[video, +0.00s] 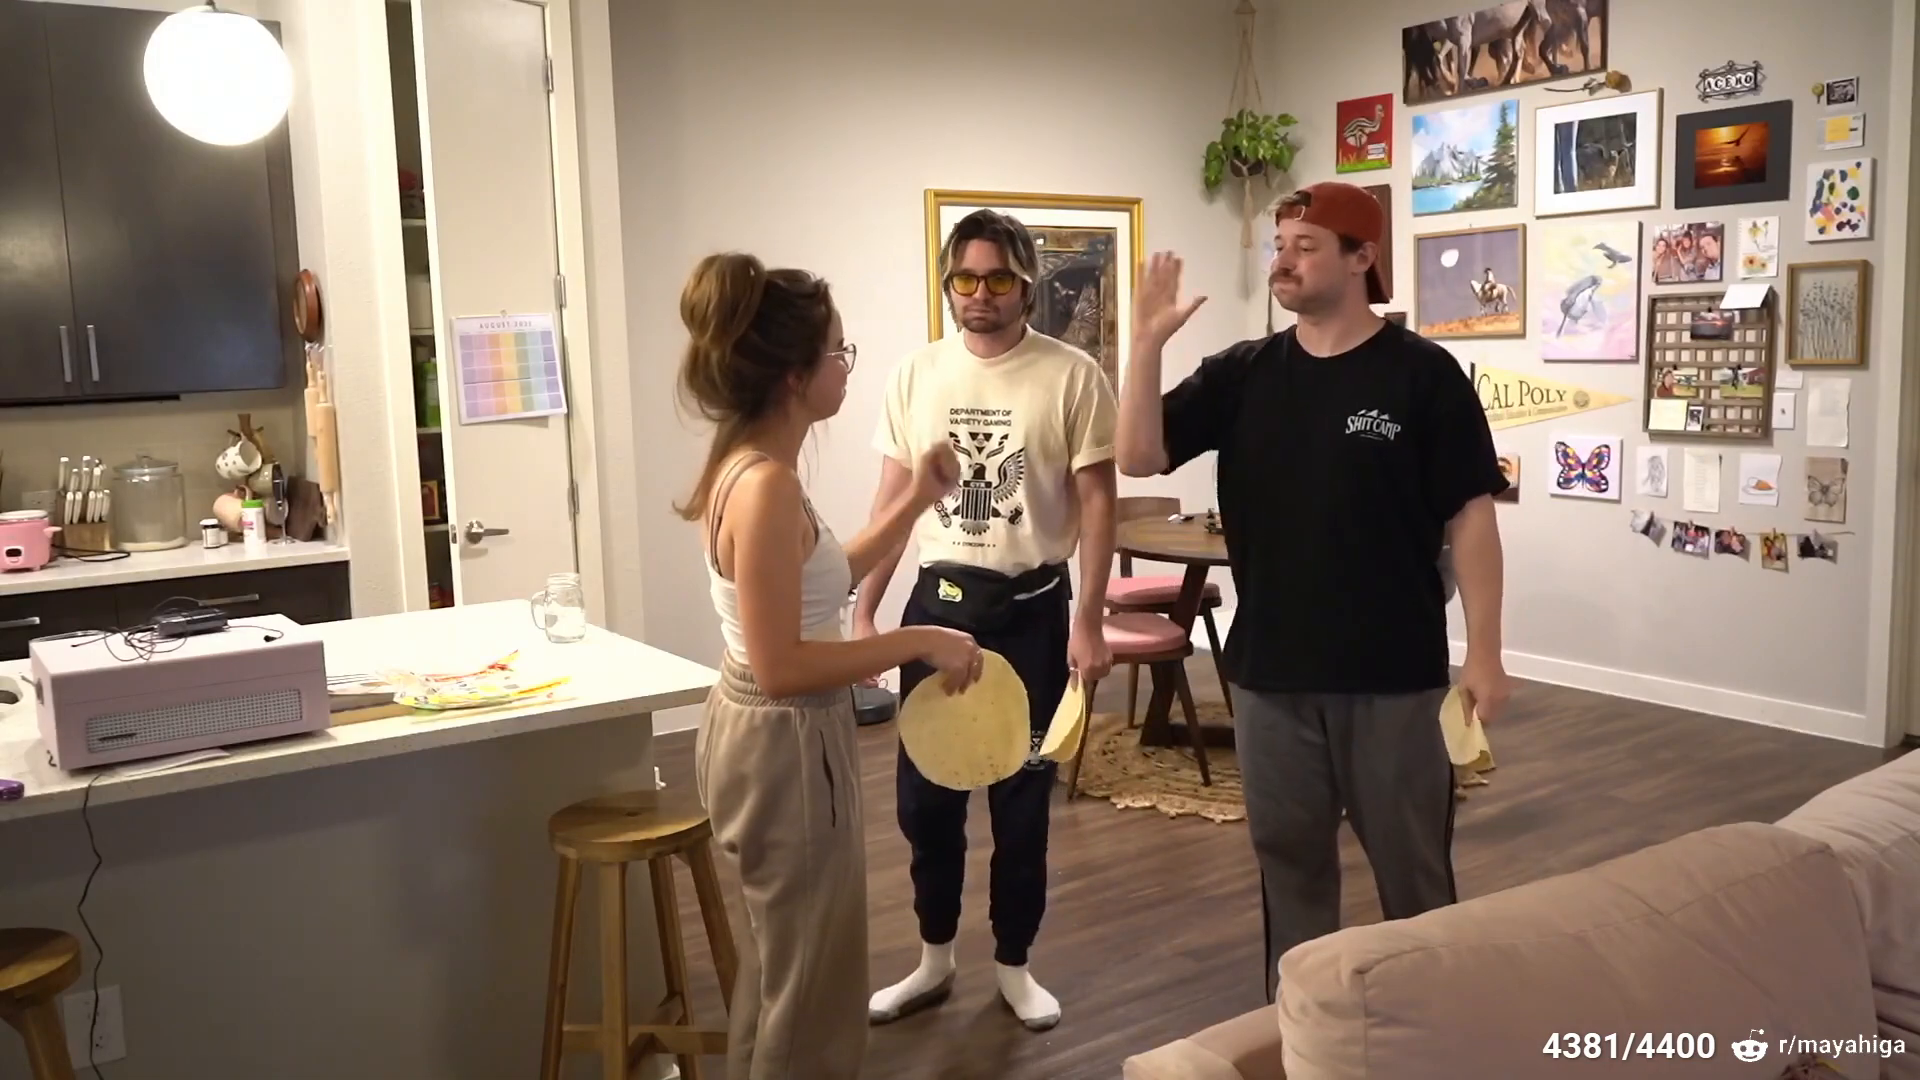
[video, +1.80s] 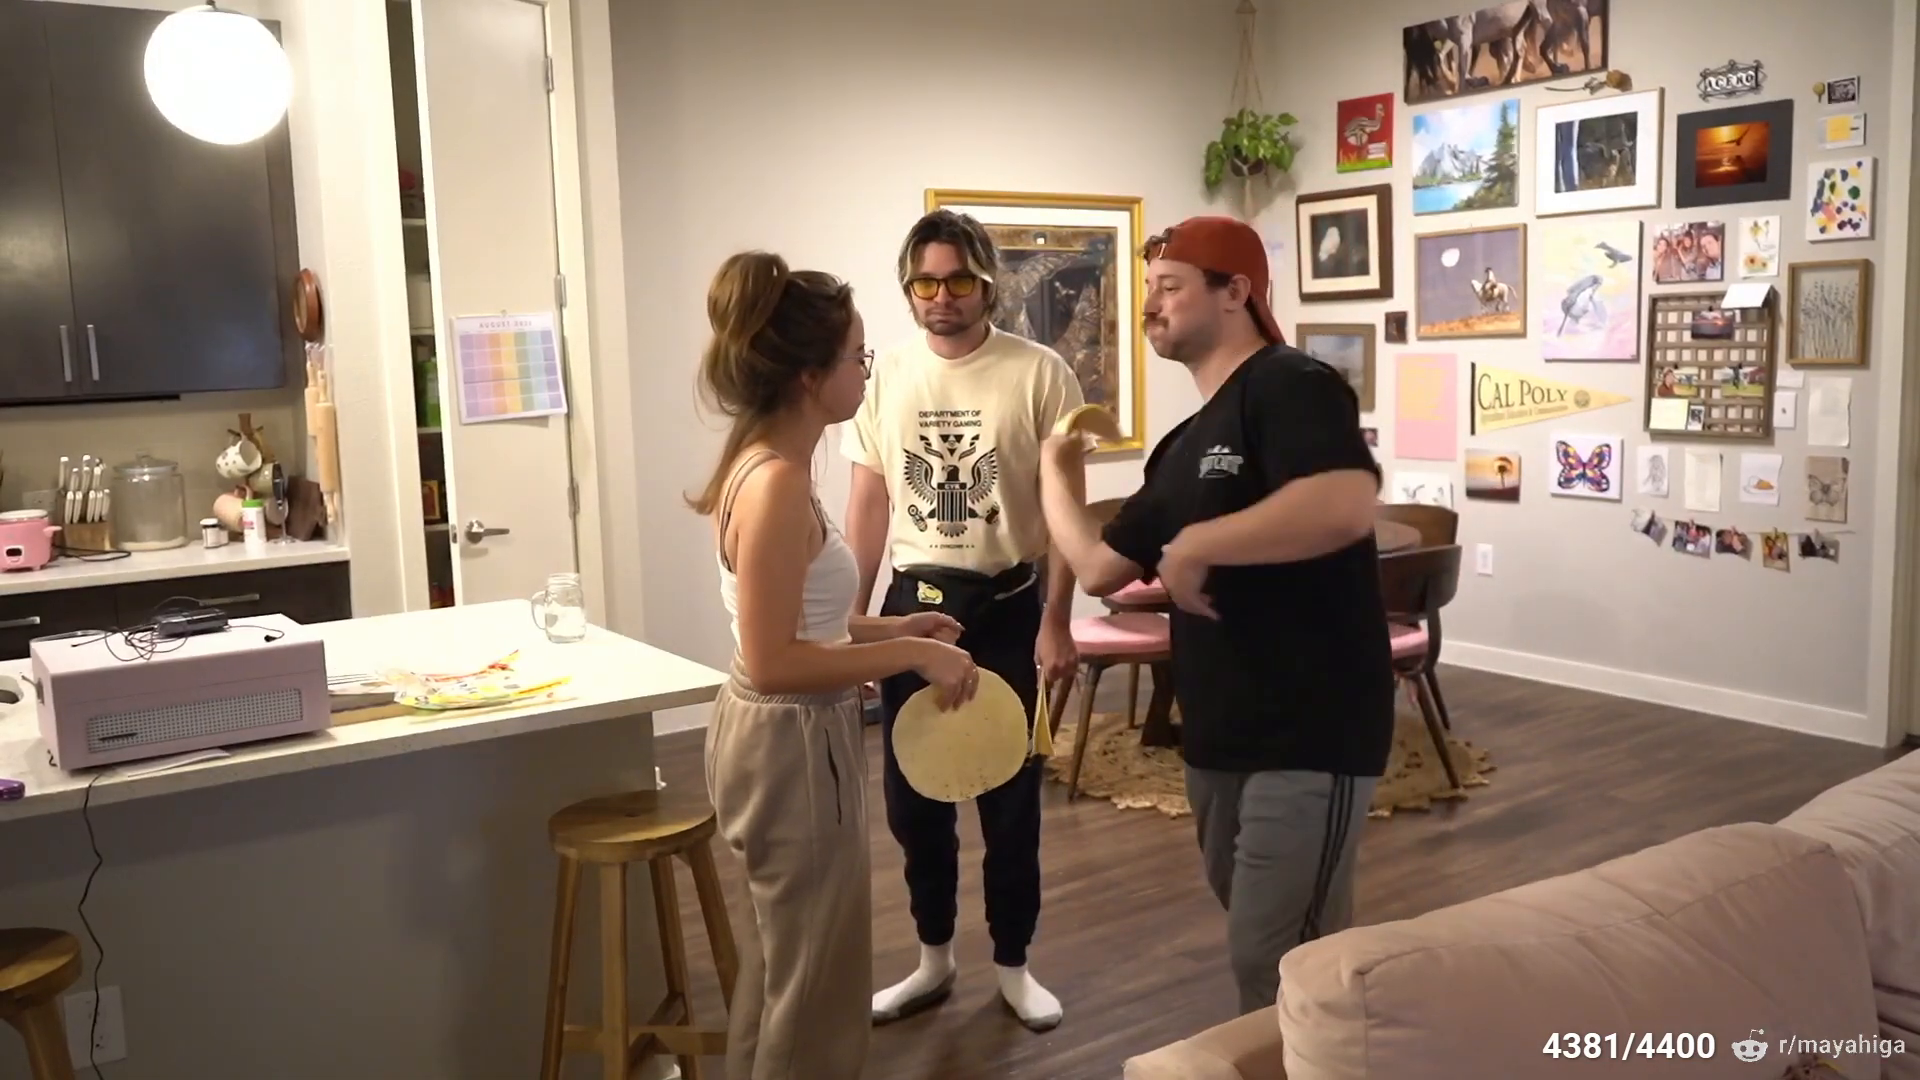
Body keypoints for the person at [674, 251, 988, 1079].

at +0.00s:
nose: (848, 365)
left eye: (844, 351)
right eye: (838, 354)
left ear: (781, 377)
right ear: (793, 376)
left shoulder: (752, 469)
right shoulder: (764, 485)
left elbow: (827, 584)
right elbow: (779, 667)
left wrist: (915, 501)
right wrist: (925, 643)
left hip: (765, 732)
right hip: (785, 747)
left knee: (781, 966)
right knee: (812, 981)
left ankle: (762, 1071)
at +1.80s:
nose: (868, 369)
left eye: (864, 353)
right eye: (857, 358)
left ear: (802, 378)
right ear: (809, 379)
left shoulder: (769, 469)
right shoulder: (775, 483)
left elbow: (796, 625)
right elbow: (768, 665)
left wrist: (893, 627)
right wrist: (912, 656)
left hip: (785, 731)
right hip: (790, 743)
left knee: (785, 966)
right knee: (815, 977)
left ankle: (760, 1075)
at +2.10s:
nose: (849, 395)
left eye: (853, 376)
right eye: (833, 381)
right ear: (770, 383)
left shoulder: (795, 465)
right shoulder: (745, 486)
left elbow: (802, 591)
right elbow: (753, 668)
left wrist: (885, 564)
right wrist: (898, 652)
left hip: (809, 735)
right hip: (777, 749)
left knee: (806, 970)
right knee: (805, 982)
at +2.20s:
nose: (796, 413)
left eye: (812, 390)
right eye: (774, 394)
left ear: (831, 377)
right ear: (734, 384)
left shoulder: (804, 462)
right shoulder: (723, 479)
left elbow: (883, 555)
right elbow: (749, 649)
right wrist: (895, 623)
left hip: (820, 724)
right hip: (771, 737)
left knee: (837, 971)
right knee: (822, 981)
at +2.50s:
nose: (704, 431)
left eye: (719, 406)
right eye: (683, 415)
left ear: (768, 395)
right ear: (666, 415)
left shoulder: (816, 462)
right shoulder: (665, 497)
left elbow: (831, 621)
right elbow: (669, 660)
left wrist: (765, 491)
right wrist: (783, 649)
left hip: (817, 731)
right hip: (715, 743)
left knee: (826, 988)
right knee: (774, 1010)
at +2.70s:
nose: (616, 488)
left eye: (634, 463)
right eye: (603, 466)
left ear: (703, 451)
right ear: (595, 457)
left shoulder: (777, 497)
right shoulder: (617, 534)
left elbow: (759, 670)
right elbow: (625, 682)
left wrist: (698, 541)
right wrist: (689, 710)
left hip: (804, 753)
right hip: (688, 764)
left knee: (813, 1005)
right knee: (712, 1030)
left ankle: (799, 1076)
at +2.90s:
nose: (538, 583)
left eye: (551, 562)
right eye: (524, 563)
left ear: (624, 540)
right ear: (515, 544)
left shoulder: (715, 559)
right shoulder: (558, 595)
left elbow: (704, 740)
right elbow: (592, 722)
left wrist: (629, 624)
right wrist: (606, 803)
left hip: (783, 766)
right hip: (670, 770)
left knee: (812, 1036)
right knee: (668, 1040)